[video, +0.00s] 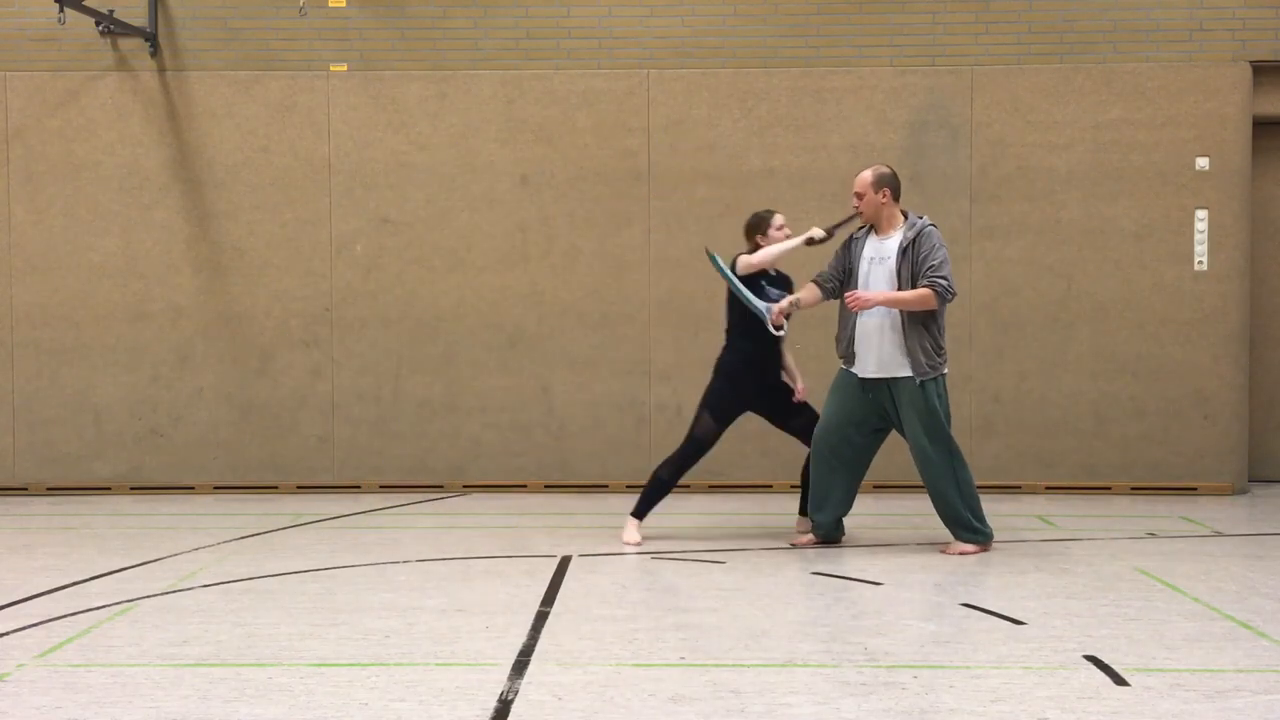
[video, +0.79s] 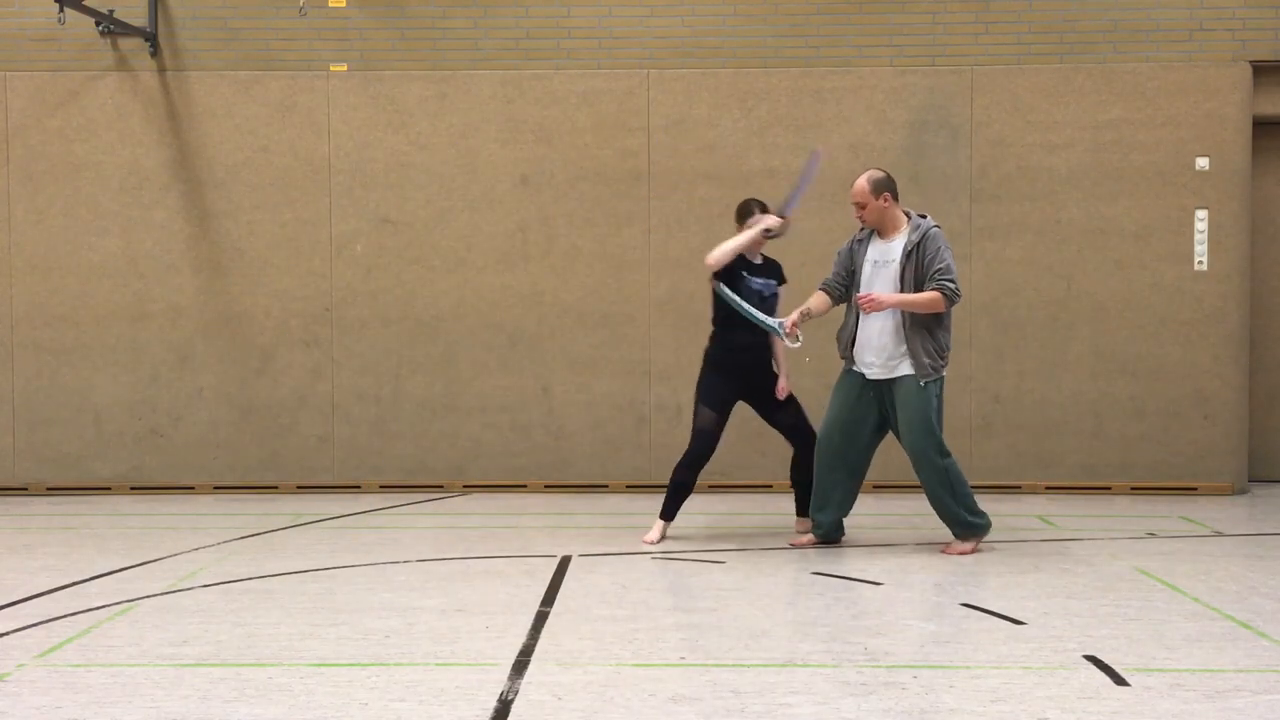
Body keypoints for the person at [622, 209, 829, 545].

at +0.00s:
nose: (789, 233)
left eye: (787, 227)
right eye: (781, 228)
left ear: (777, 235)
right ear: (761, 237)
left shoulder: (783, 283)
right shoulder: (741, 267)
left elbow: (777, 337)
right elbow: (758, 261)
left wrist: (795, 376)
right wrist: (801, 240)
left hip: (769, 384)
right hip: (733, 382)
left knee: (823, 438)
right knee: (693, 449)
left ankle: (806, 522)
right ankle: (635, 520)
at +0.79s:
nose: (763, 233)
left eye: (767, 228)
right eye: (757, 227)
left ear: (768, 231)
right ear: (744, 227)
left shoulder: (772, 270)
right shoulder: (727, 259)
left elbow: (775, 324)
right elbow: (712, 262)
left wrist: (782, 372)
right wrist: (757, 227)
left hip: (759, 371)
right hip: (721, 370)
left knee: (805, 440)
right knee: (700, 448)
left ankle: (804, 521)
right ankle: (662, 524)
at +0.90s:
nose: (734, 232)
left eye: (739, 226)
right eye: (728, 226)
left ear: (745, 228)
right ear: (715, 226)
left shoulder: (748, 265)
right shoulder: (699, 254)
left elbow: (755, 322)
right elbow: (672, 258)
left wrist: (766, 370)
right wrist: (709, 221)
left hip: (738, 364)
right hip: (699, 362)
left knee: (778, 439)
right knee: (687, 447)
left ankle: (805, 517)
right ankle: (661, 524)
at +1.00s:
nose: (707, 232)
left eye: (713, 226)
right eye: (701, 226)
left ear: (719, 226)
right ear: (688, 225)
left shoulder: (723, 264)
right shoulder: (668, 253)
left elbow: (732, 322)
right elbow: (630, 263)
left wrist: (747, 371)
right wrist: (661, 220)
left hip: (713, 361)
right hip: (673, 362)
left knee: (753, 435)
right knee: (672, 445)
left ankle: (794, 507)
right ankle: (660, 524)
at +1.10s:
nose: (680, 231)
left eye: (687, 224)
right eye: (675, 224)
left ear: (695, 223)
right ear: (663, 221)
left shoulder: (703, 261)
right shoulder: (644, 251)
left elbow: (711, 318)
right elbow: (601, 278)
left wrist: (726, 365)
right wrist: (616, 231)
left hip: (692, 358)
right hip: (650, 359)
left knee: (728, 433)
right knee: (664, 443)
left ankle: (758, 499)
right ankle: (659, 524)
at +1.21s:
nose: (654, 226)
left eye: (661, 219)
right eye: (649, 218)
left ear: (673, 218)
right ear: (641, 216)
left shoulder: (685, 251)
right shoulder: (624, 246)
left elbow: (694, 310)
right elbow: (588, 293)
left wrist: (705, 357)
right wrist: (580, 254)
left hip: (675, 351)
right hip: (632, 352)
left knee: (684, 434)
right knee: (647, 440)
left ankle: (714, 496)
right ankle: (655, 523)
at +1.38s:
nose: (605, 228)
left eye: (612, 222)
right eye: (603, 221)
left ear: (631, 219)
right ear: (600, 218)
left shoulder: (651, 252)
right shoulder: (592, 248)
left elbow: (667, 306)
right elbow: (577, 303)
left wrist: (674, 356)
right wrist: (540, 299)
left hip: (636, 350)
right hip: (601, 350)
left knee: (601, 428)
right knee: (629, 434)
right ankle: (653, 519)